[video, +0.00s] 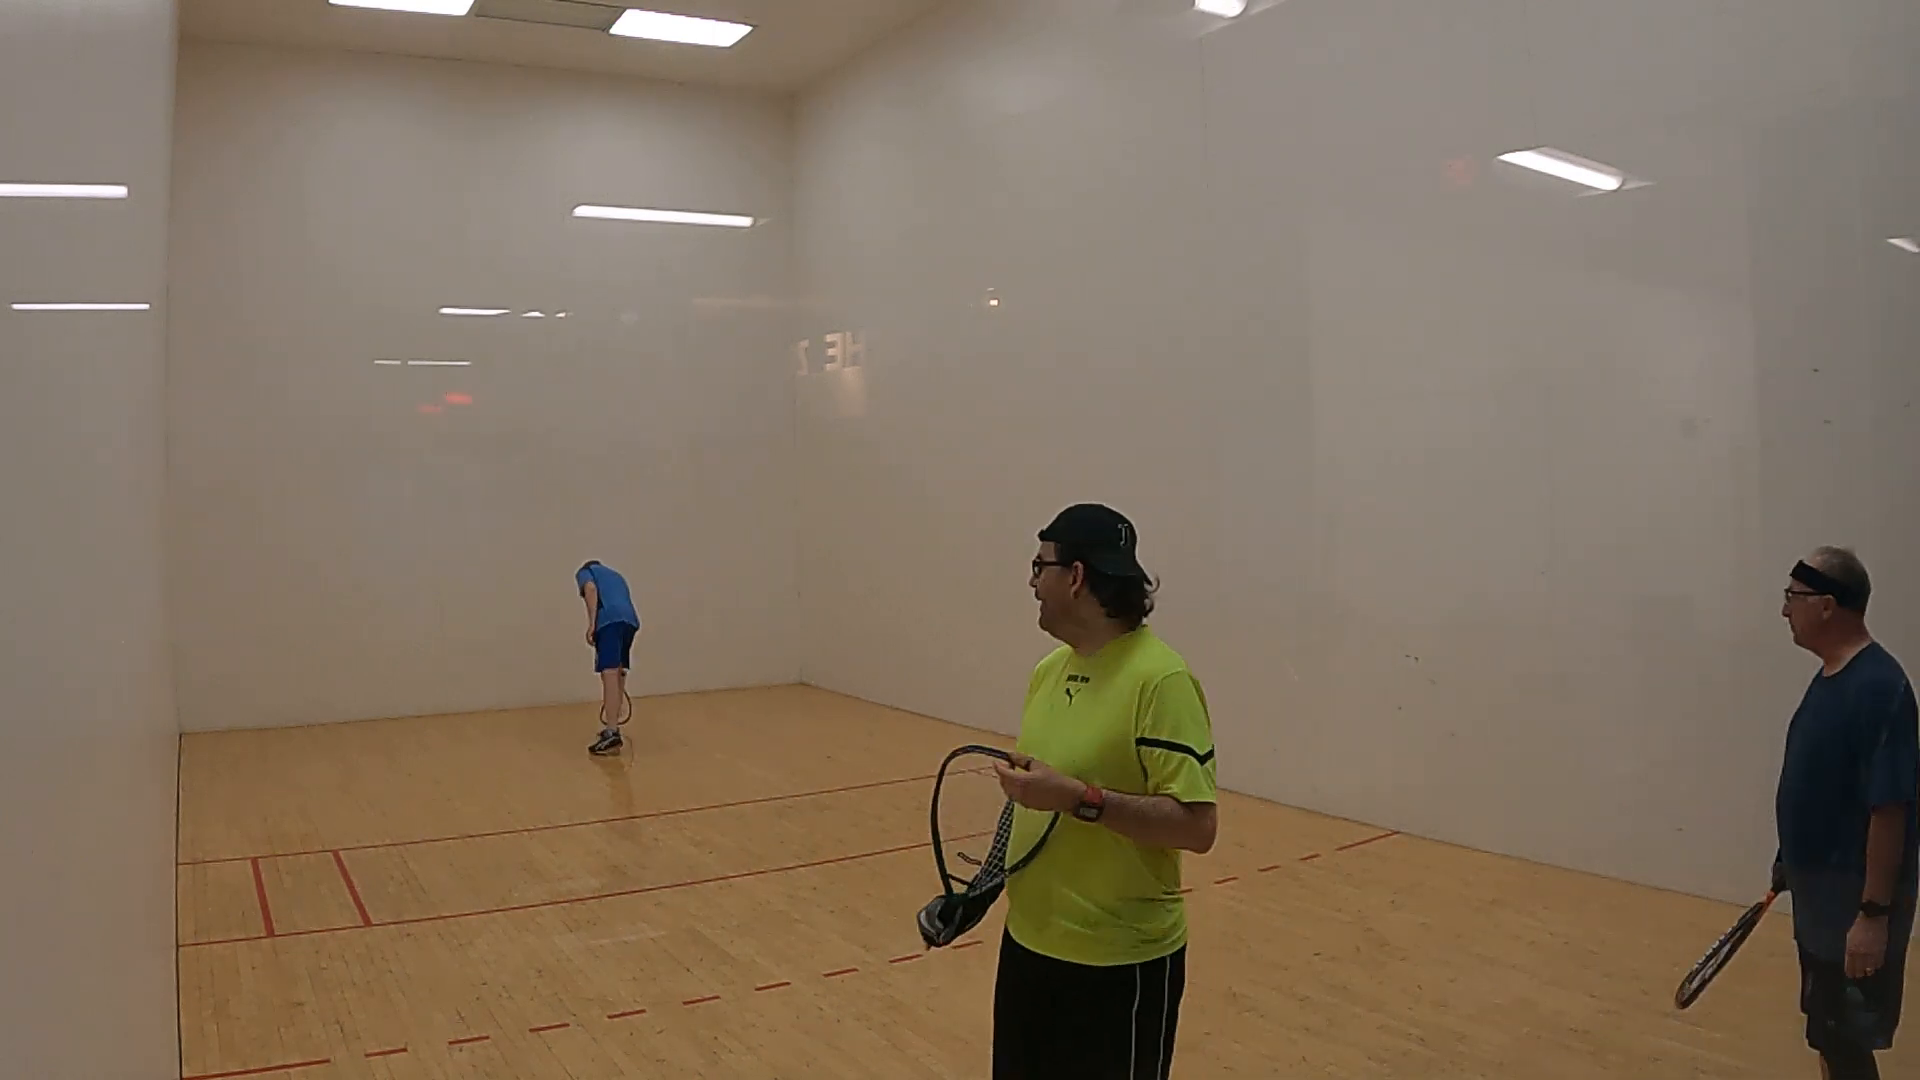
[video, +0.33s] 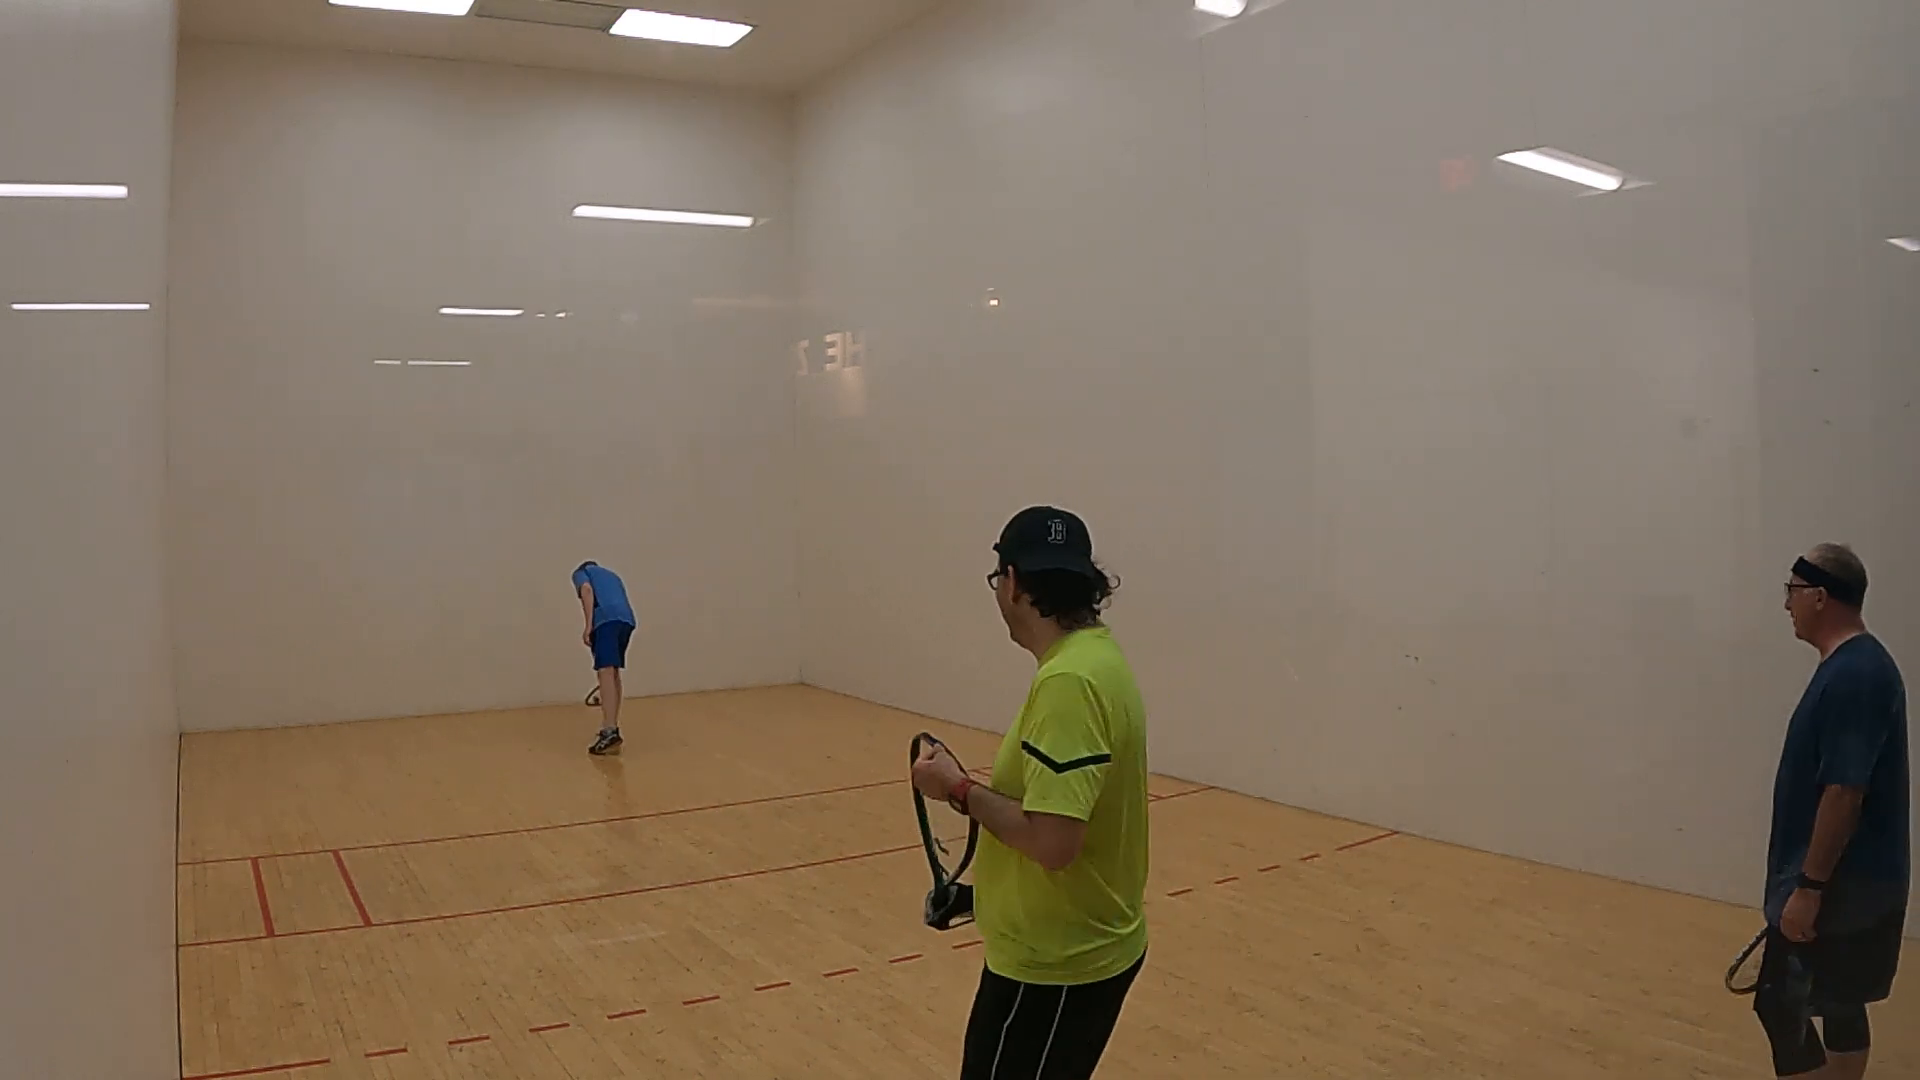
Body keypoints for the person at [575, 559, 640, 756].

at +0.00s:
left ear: (585, 568)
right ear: (599, 566)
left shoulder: (585, 571)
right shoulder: (615, 575)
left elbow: (591, 589)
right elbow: (622, 605)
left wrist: (591, 624)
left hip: (610, 619)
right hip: (630, 620)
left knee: (609, 673)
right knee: (619, 672)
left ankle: (612, 731)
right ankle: (616, 719)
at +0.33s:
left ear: (581, 568)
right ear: (595, 567)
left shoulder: (581, 572)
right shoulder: (611, 576)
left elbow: (587, 590)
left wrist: (588, 625)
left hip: (607, 619)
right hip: (627, 620)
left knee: (606, 673)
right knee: (614, 673)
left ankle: (609, 729)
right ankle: (612, 727)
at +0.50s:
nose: (580, 571)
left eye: (579, 568)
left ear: (581, 564)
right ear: (597, 561)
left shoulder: (580, 570)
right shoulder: (611, 571)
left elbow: (585, 591)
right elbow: (615, 603)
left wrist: (586, 626)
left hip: (603, 622)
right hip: (625, 622)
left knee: (599, 675)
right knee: (613, 674)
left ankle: (607, 730)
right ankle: (612, 725)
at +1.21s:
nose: (587, 559)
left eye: (586, 556)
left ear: (585, 554)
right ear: (606, 549)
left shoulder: (582, 567)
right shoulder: (626, 563)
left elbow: (583, 600)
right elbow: (638, 595)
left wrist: (581, 638)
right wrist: (635, 626)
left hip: (600, 633)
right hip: (631, 632)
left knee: (599, 686)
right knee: (628, 688)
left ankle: (601, 740)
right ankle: (632, 745)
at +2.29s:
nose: (622, 554)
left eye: (615, 551)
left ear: (613, 550)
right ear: (637, 547)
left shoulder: (604, 573)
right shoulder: (659, 569)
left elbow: (599, 612)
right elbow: (670, 611)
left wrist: (598, 650)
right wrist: (674, 646)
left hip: (620, 652)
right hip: (652, 651)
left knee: (619, 707)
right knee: (653, 708)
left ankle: (618, 762)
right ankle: (657, 772)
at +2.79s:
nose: (635, 554)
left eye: (632, 549)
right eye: (644, 548)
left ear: (628, 550)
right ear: (654, 549)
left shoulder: (617, 574)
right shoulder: (675, 572)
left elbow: (606, 619)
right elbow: (685, 617)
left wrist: (594, 653)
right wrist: (694, 656)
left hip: (631, 662)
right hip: (664, 660)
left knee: (637, 721)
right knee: (660, 715)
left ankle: (648, 784)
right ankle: (658, 777)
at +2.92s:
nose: (633, 558)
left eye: (629, 554)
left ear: (626, 555)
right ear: (651, 551)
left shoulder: (616, 578)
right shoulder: (675, 573)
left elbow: (605, 625)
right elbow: (685, 617)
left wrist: (592, 653)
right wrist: (695, 658)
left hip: (635, 665)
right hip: (669, 663)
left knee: (644, 726)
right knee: (663, 720)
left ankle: (652, 794)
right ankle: (662, 775)